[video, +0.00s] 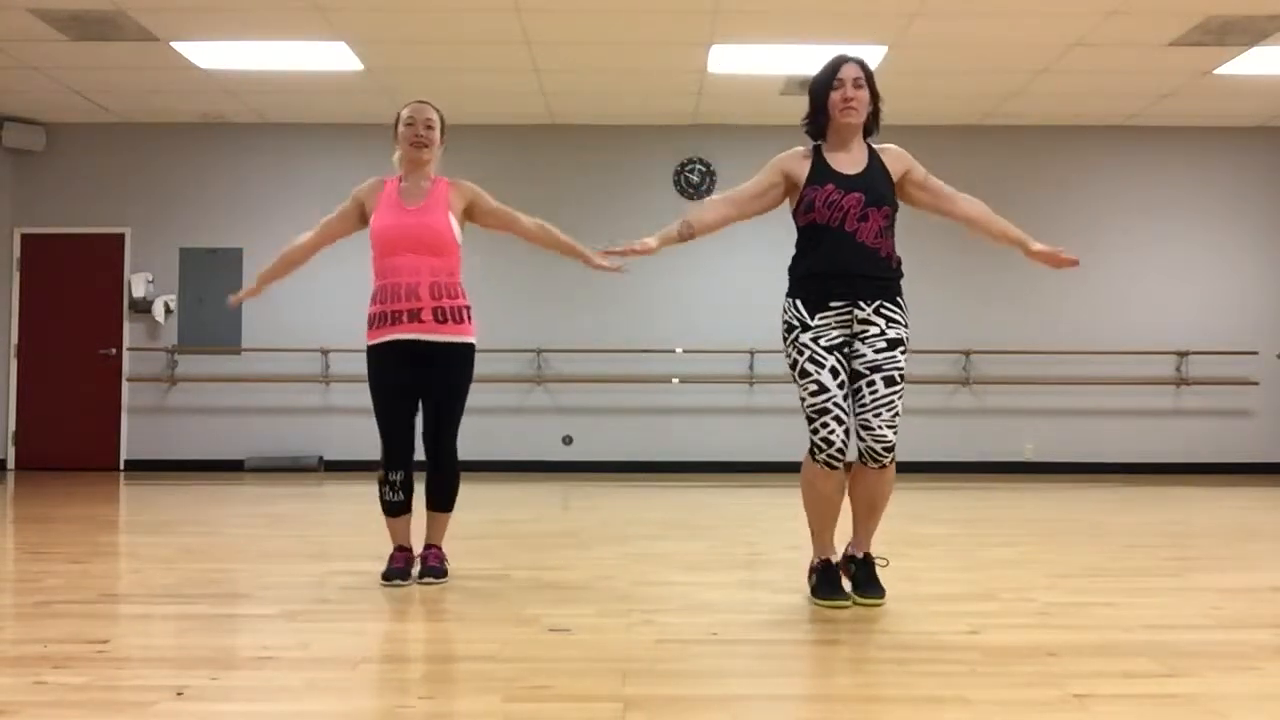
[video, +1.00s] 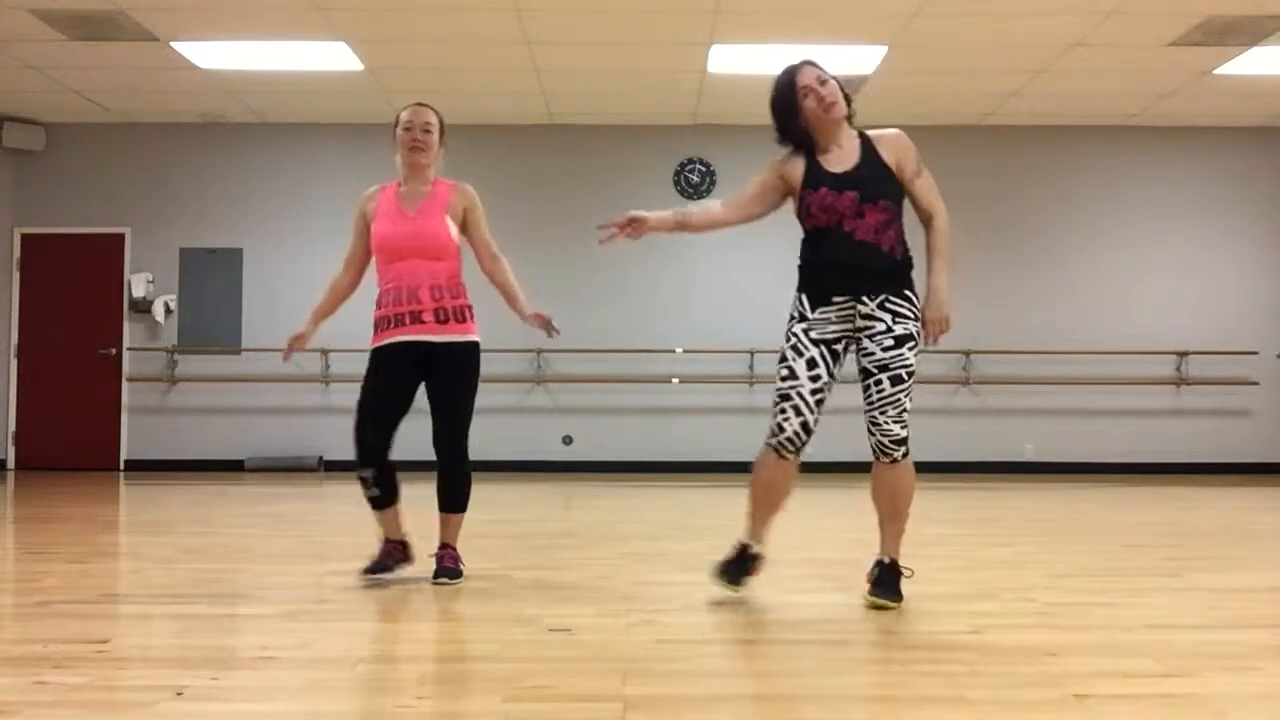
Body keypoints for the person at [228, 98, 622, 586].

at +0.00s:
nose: (419, 130)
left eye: (429, 125)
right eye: (411, 124)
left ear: (441, 141)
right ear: (396, 137)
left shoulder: (459, 193)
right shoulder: (372, 194)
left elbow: (525, 225)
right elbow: (310, 242)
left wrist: (584, 254)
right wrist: (257, 283)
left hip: (449, 336)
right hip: (389, 336)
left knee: (441, 445)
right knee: (396, 448)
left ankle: (433, 549)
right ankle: (400, 551)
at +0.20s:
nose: (419, 128)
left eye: (428, 122)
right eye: (410, 122)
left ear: (441, 137)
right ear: (395, 134)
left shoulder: (460, 192)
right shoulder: (373, 192)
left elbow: (524, 232)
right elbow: (314, 247)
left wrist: (582, 267)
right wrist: (265, 290)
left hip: (446, 334)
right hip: (387, 333)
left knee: (436, 441)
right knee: (394, 445)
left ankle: (441, 538)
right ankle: (399, 550)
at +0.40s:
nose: (425, 132)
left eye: (434, 126)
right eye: (416, 125)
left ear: (447, 141)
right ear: (402, 138)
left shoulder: (468, 197)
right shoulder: (381, 197)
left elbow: (524, 245)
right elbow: (332, 258)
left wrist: (576, 290)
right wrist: (288, 307)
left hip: (451, 339)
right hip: (391, 337)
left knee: (443, 447)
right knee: (396, 446)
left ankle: (445, 550)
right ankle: (400, 550)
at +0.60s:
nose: (429, 129)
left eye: (438, 123)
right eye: (420, 122)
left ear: (451, 139)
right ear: (406, 136)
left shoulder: (473, 194)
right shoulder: (384, 196)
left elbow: (525, 244)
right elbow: (338, 256)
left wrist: (577, 287)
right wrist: (294, 305)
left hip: (457, 337)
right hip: (397, 336)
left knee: (451, 446)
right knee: (401, 446)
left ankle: (447, 549)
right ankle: (404, 548)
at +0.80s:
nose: (428, 134)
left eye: (437, 128)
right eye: (419, 127)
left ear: (450, 141)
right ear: (405, 138)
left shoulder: (470, 197)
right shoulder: (383, 196)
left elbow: (502, 260)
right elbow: (354, 262)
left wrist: (536, 312)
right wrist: (320, 320)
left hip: (458, 340)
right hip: (399, 340)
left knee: (452, 447)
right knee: (403, 449)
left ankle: (447, 550)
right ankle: (408, 551)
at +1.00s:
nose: (417, 134)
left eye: (427, 128)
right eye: (409, 127)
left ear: (440, 143)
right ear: (394, 139)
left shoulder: (460, 197)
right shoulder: (373, 202)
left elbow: (492, 260)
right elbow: (350, 272)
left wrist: (525, 310)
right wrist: (311, 325)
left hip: (453, 341)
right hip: (395, 341)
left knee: (451, 445)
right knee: (369, 438)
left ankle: (448, 549)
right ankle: (394, 543)